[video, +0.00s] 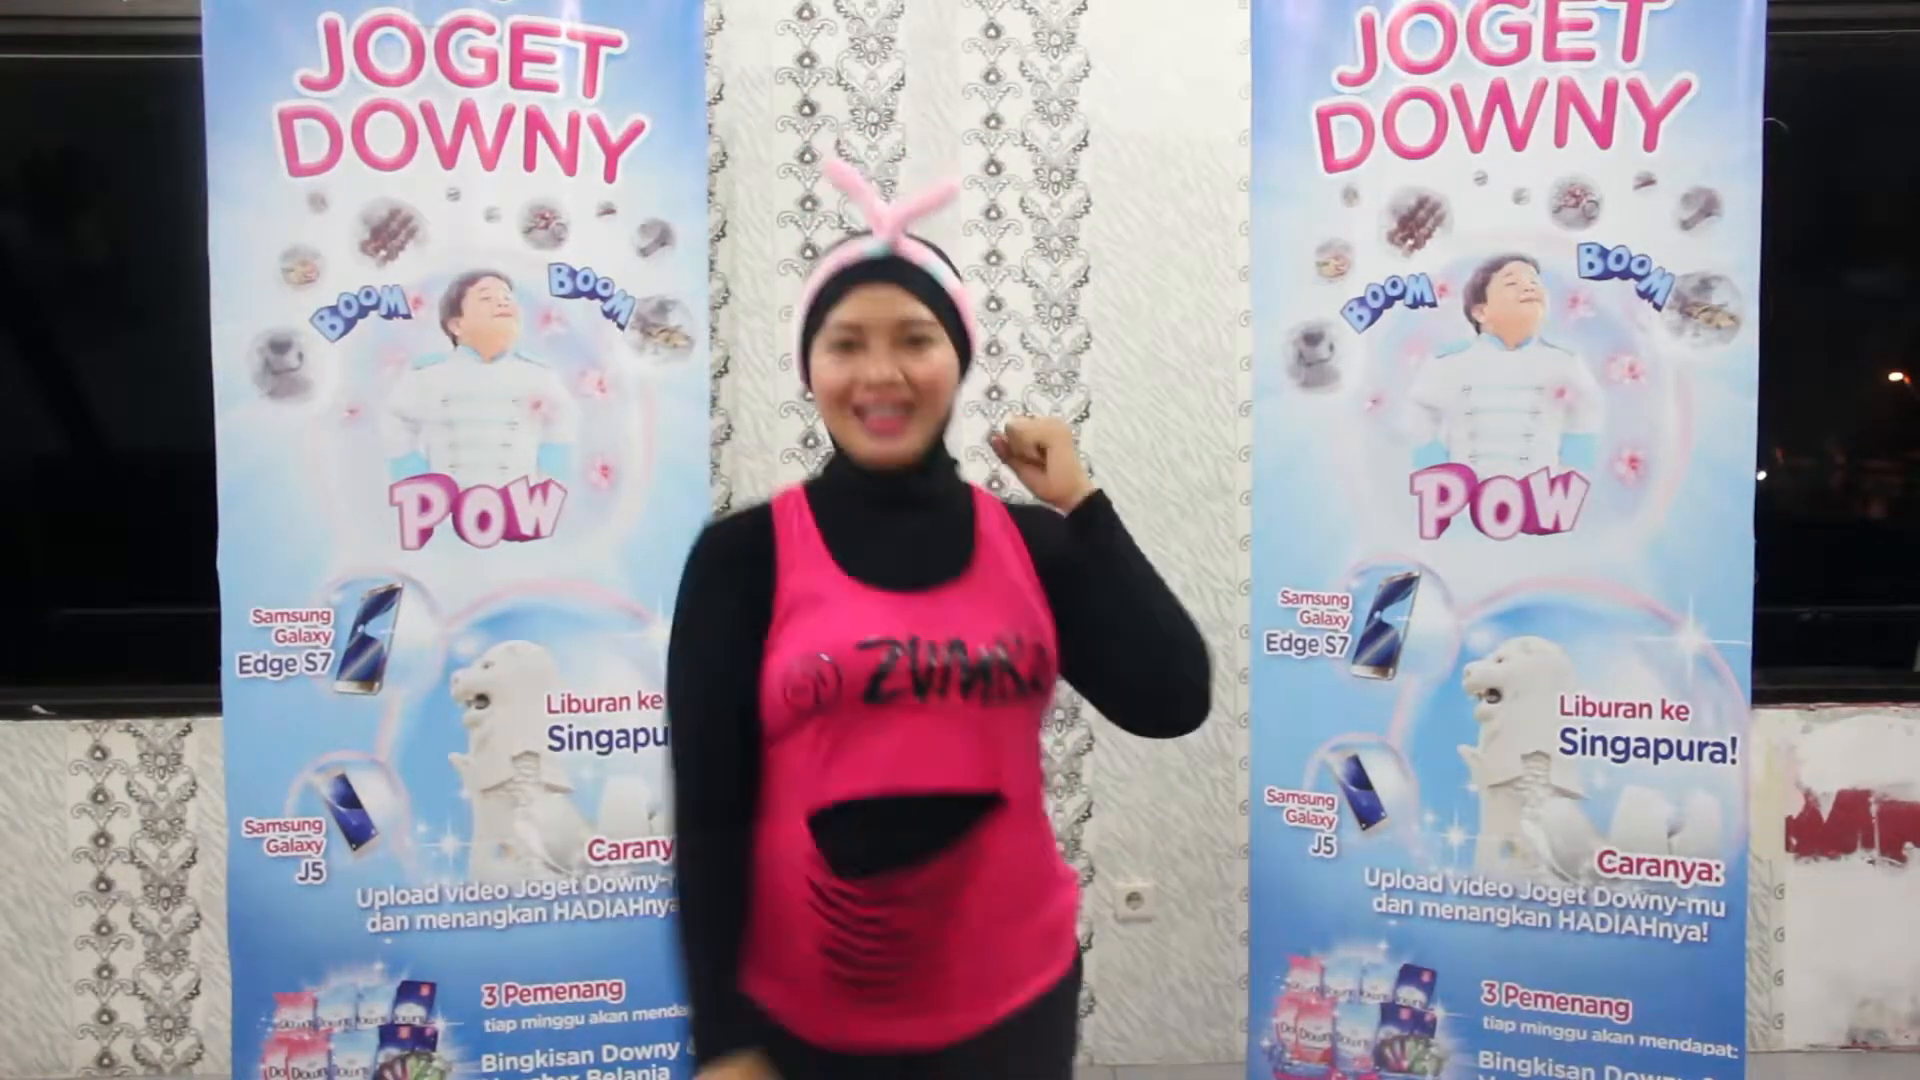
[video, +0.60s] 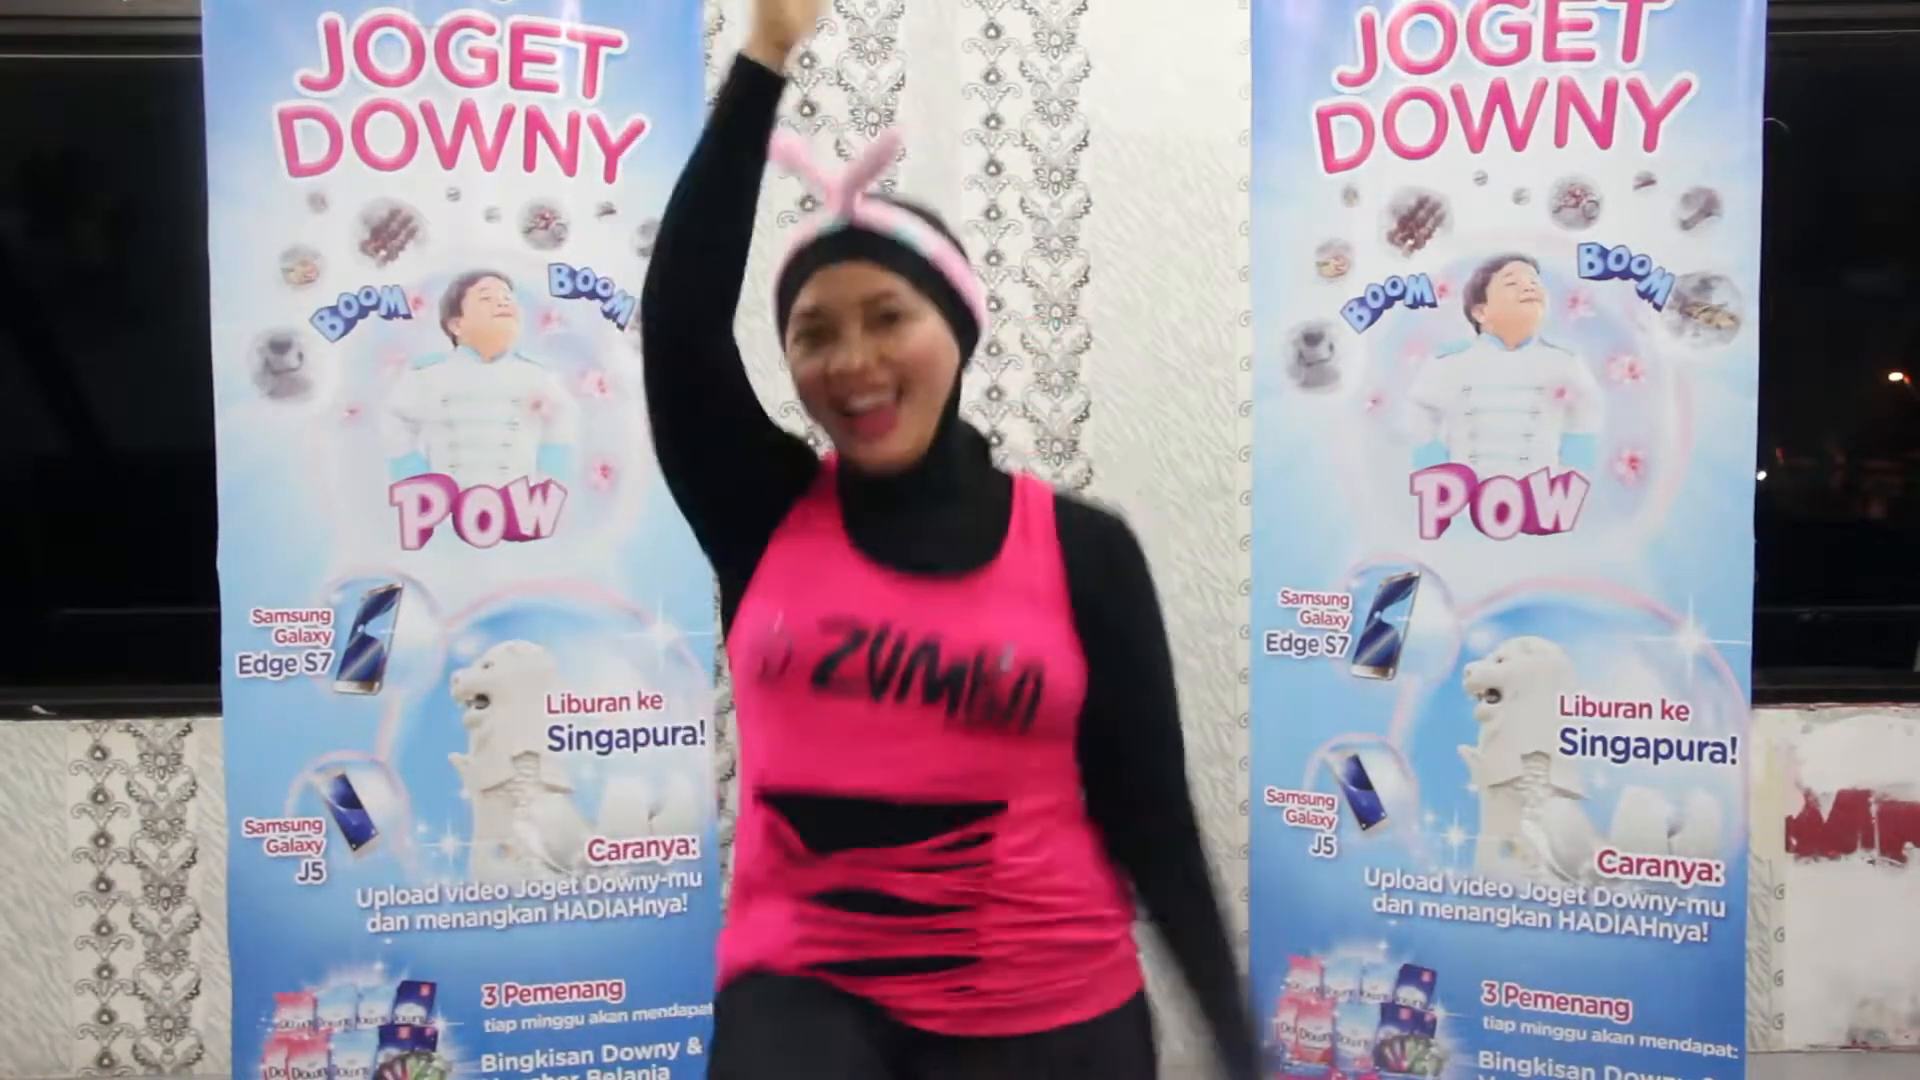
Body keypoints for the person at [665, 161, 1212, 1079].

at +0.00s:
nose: (881, 373)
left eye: (913, 341)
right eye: (847, 344)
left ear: (960, 366)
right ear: (810, 372)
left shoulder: (1029, 543)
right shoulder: (743, 556)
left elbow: (1173, 704)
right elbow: (710, 804)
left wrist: (1082, 505)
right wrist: (720, 1031)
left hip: (1005, 1011)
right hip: (805, 1015)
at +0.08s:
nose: (894, 378)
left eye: (927, 345)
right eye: (858, 351)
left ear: (975, 372)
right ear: (817, 384)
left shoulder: (1055, 551)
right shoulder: (751, 570)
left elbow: (1193, 662)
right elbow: (688, 800)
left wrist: (1087, 481)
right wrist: (627, 1025)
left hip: (1017, 1036)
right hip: (798, 1034)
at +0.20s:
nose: (893, 303)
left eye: (924, 270)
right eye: (856, 276)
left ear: (979, 300)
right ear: (817, 315)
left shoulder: (1050, 473)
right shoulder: (754, 491)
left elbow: (1176, 561)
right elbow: (697, 664)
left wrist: (1080, 331)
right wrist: (571, 791)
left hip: (1009, 970)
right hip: (798, 962)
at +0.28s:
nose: (885, 246)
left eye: (918, 208)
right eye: (848, 217)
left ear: (978, 228)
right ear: (811, 249)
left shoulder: (1050, 394)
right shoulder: (769, 401)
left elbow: (1132, 551)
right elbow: (677, 605)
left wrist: (1077, 350)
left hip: (1013, 892)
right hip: (795, 872)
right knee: (851, 1057)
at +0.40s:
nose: (875, 275)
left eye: (909, 232)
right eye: (839, 244)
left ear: (976, 238)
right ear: (806, 265)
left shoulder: (1076, 411)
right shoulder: (776, 414)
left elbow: (1112, 623)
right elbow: (565, 489)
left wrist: (1039, 777)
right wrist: (613, 266)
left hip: (1012, 868)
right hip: (795, 861)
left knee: (1032, 1058)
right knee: (881, 1045)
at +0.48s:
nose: (860, 347)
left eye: (896, 306)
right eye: (827, 318)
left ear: (964, 319)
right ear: (800, 348)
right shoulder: (766, 500)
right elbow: (627, 371)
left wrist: (1090, 1033)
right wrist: (666, 127)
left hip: (999, 999)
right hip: (799, 965)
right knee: (802, 1036)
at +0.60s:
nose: (851, 361)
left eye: (887, 317)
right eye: (815, 332)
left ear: (958, 331)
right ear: (787, 365)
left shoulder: (1084, 551)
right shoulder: (768, 518)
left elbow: (1151, 820)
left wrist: (1240, 1042)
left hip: (1053, 1004)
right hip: (813, 994)